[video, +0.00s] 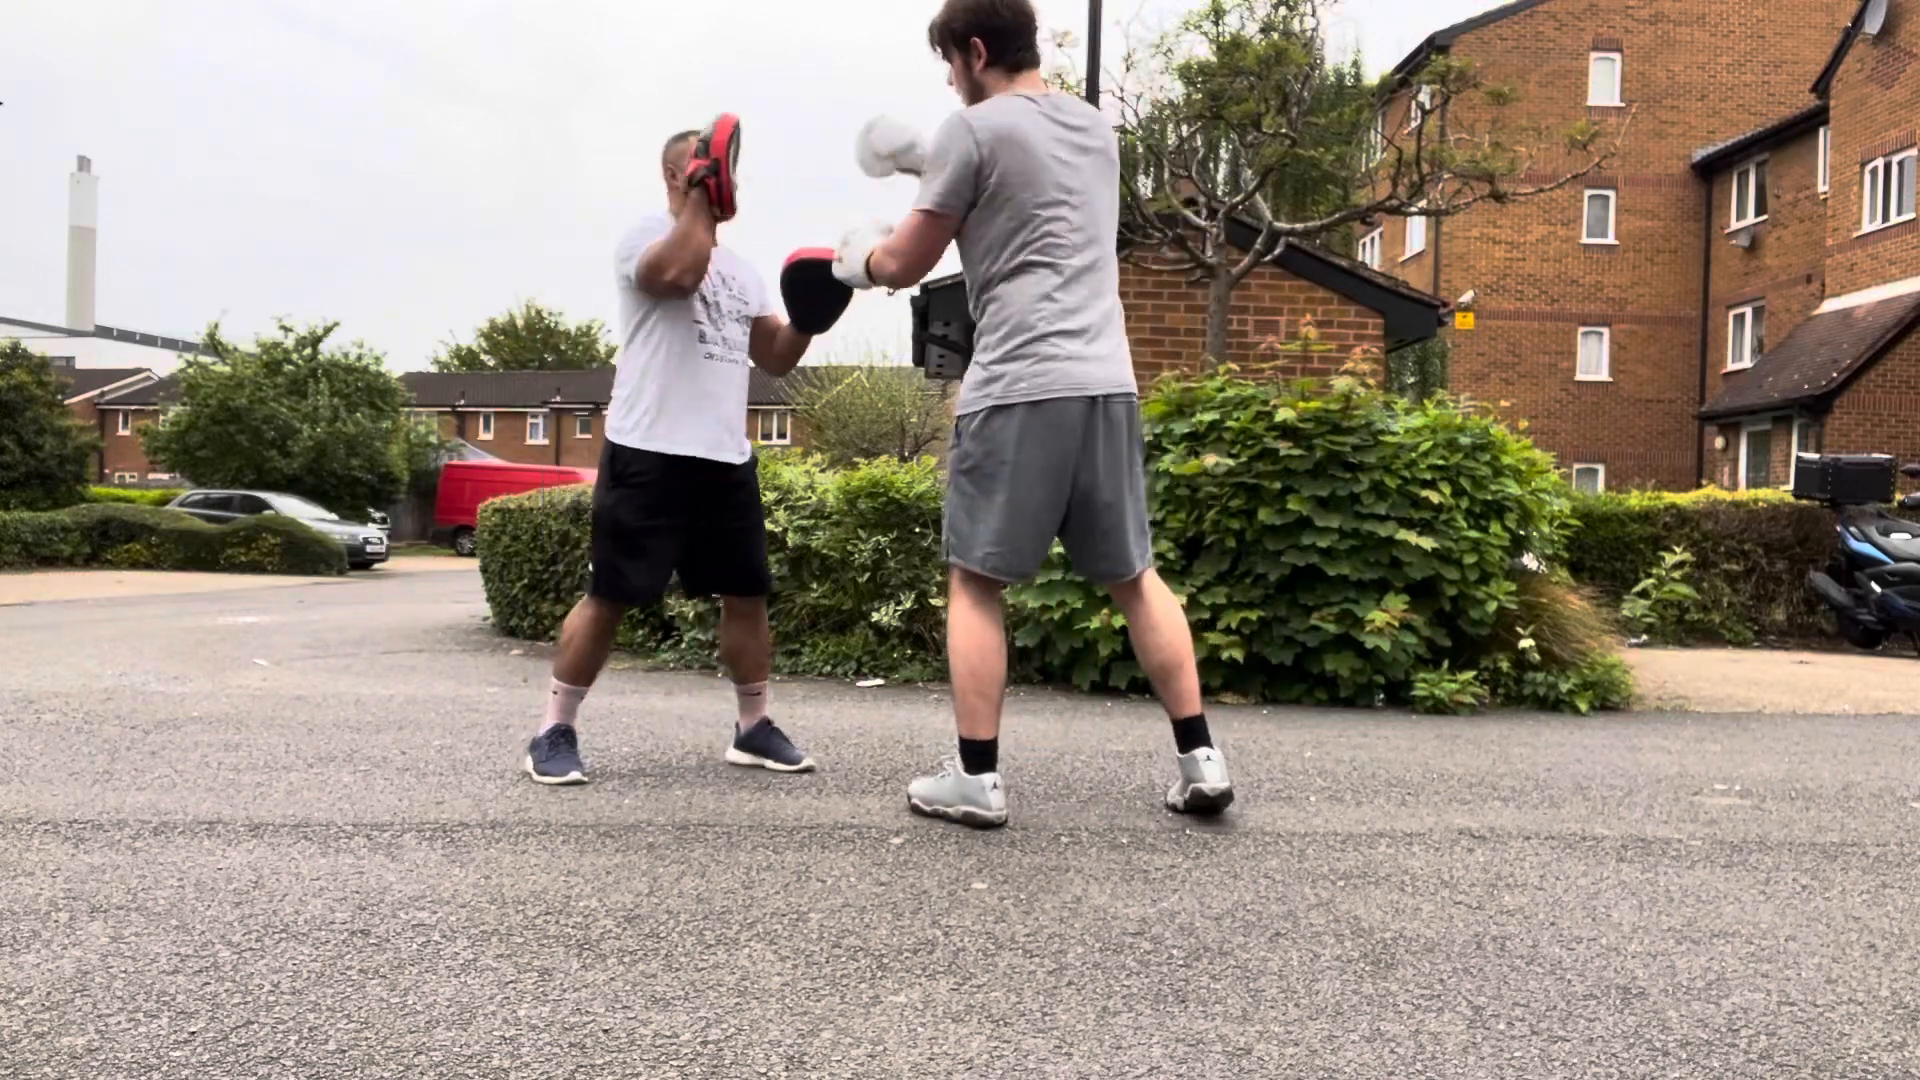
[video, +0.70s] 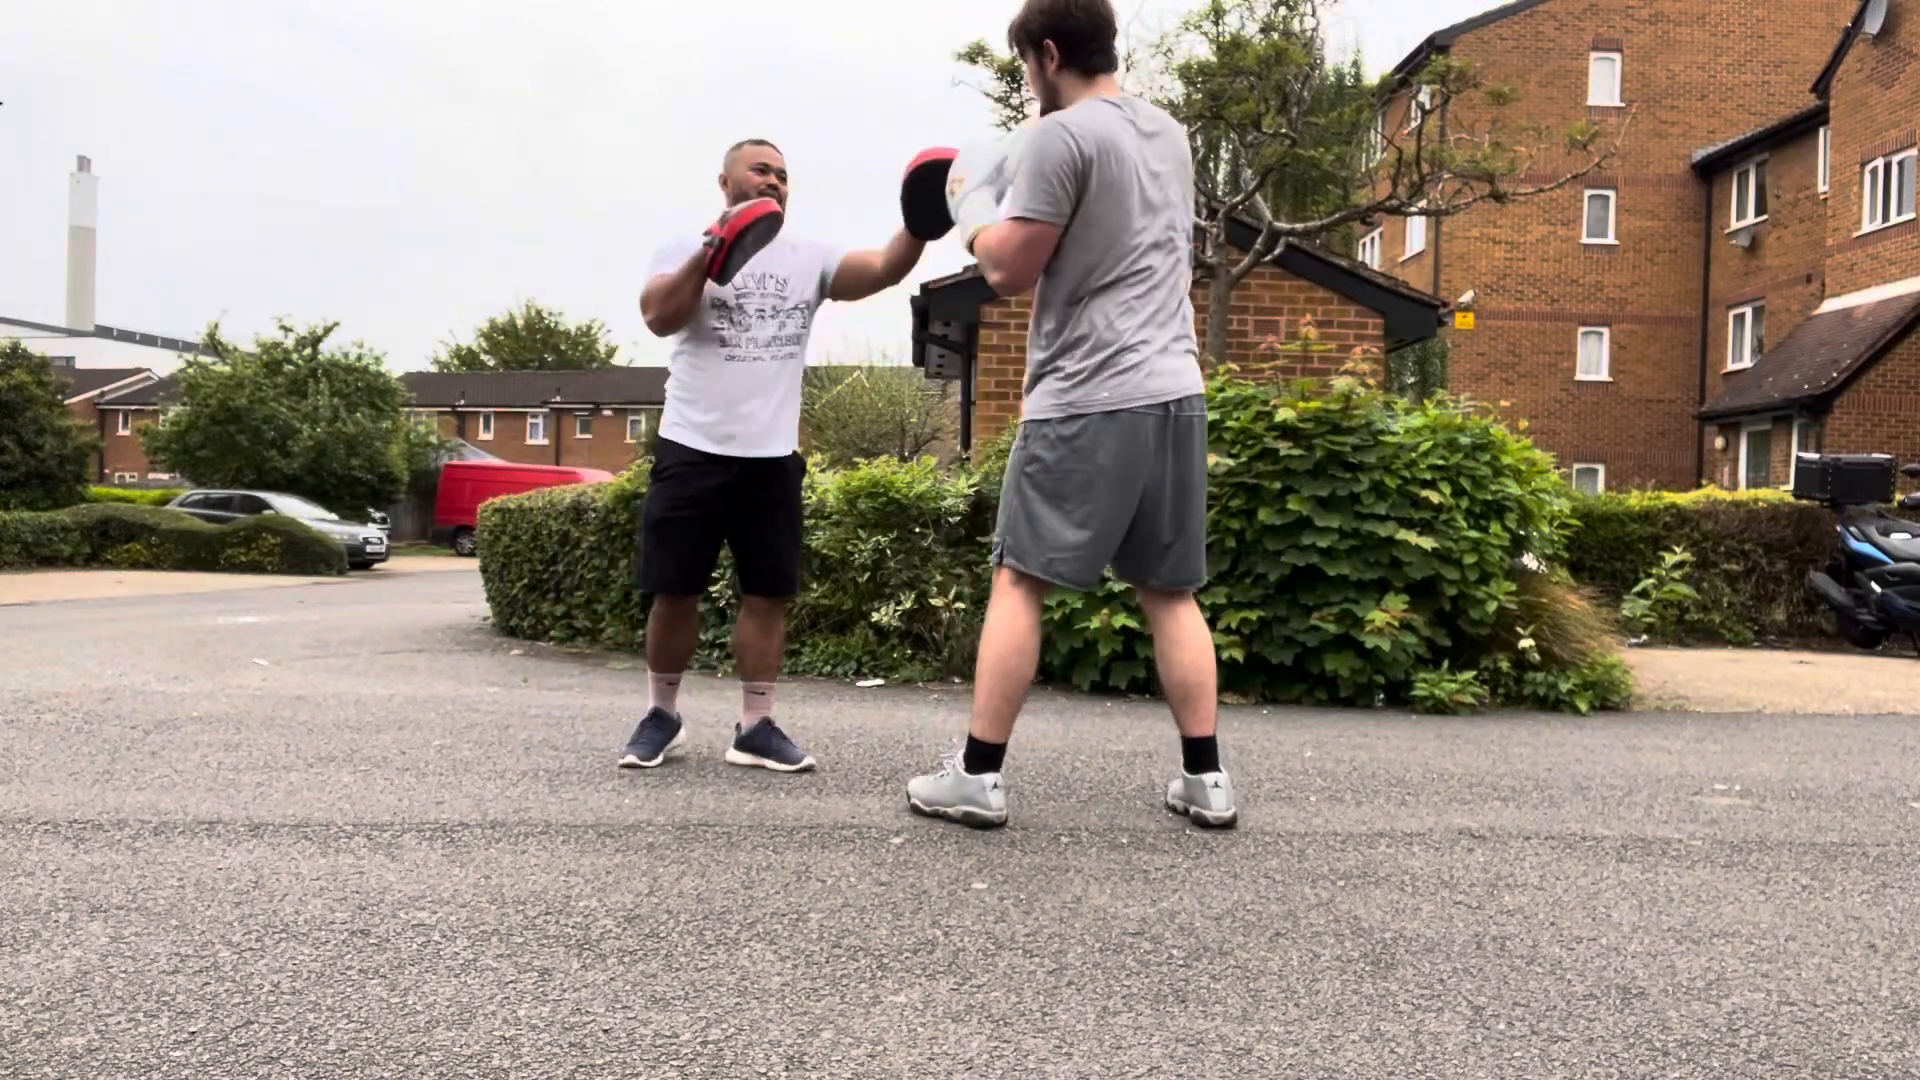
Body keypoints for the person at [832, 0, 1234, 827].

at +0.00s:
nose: (948, 79)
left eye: (948, 63)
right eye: (945, 65)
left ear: (973, 53)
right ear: (1029, 46)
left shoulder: (974, 128)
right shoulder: (1095, 124)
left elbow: (906, 260)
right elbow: (1035, 202)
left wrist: (873, 257)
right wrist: (941, 161)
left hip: (1016, 391)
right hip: (1111, 387)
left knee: (977, 583)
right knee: (1134, 574)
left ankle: (977, 778)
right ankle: (1201, 758)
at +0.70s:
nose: (1026, 79)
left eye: (1025, 65)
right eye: (1024, 64)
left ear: (1047, 56)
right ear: (1110, 50)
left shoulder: (1057, 137)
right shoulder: (1170, 132)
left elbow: (1010, 267)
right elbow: (1143, 238)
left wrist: (976, 216)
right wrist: (1044, 163)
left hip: (1081, 402)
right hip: (1177, 398)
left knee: (1019, 582)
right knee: (1170, 590)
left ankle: (977, 775)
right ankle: (1207, 779)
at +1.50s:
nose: (1027, 103)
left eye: (1025, 86)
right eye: (1023, 88)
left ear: (1055, 70)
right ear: (1103, 62)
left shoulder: (1075, 148)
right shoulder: (1171, 138)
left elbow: (1018, 268)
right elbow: (1094, 240)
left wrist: (985, 195)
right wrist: (1010, 188)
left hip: (1104, 405)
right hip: (1194, 400)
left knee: (1028, 574)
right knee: (1178, 587)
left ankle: (980, 772)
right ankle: (1207, 779)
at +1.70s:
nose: (982, 114)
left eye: (982, 97)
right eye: (979, 98)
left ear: (1012, 87)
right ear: (1047, 80)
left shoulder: (1071, 158)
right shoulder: (1092, 141)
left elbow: (1059, 291)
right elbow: (973, 178)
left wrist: (983, 237)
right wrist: (871, 179)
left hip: (1106, 404)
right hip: (1178, 397)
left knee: (1024, 574)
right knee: (1168, 583)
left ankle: (980, 772)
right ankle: (1207, 777)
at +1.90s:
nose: (972, 122)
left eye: (968, 105)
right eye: (966, 107)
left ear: (992, 95)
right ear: (1039, 84)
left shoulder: (1057, 159)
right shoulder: (1091, 144)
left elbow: (1086, 291)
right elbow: (997, 241)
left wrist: (987, 301)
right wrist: (908, 261)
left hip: (1099, 406)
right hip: (1176, 396)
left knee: (1014, 571)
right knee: (1168, 581)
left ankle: (980, 773)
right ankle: (1206, 778)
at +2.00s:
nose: (983, 115)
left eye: (979, 99)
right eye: (979, 100)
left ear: (997, 88)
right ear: (1055, 74)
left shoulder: (1038, 160)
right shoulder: (1126, 133)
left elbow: (1045, 288)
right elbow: (1113, 287)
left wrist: (947, 301)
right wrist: (1000, 345)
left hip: (1092, 402)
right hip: (1181, 393)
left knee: (1012, 572)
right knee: (1173, 582)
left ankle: (980, 772)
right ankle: (1208, 778)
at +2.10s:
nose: (1003, 110)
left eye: (999, 95)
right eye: (999, 97)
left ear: (1019, 81)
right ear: (1079, 69)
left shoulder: (1027, 159)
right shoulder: (1166, 133)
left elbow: (969, 294)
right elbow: (1190, 253)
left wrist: (905, 279)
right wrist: (1071, 279)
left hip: (1082, 400)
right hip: (1184, 391)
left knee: (1017, 577)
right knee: (1178, 587)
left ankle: (981, 774)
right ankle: (1209, 779)